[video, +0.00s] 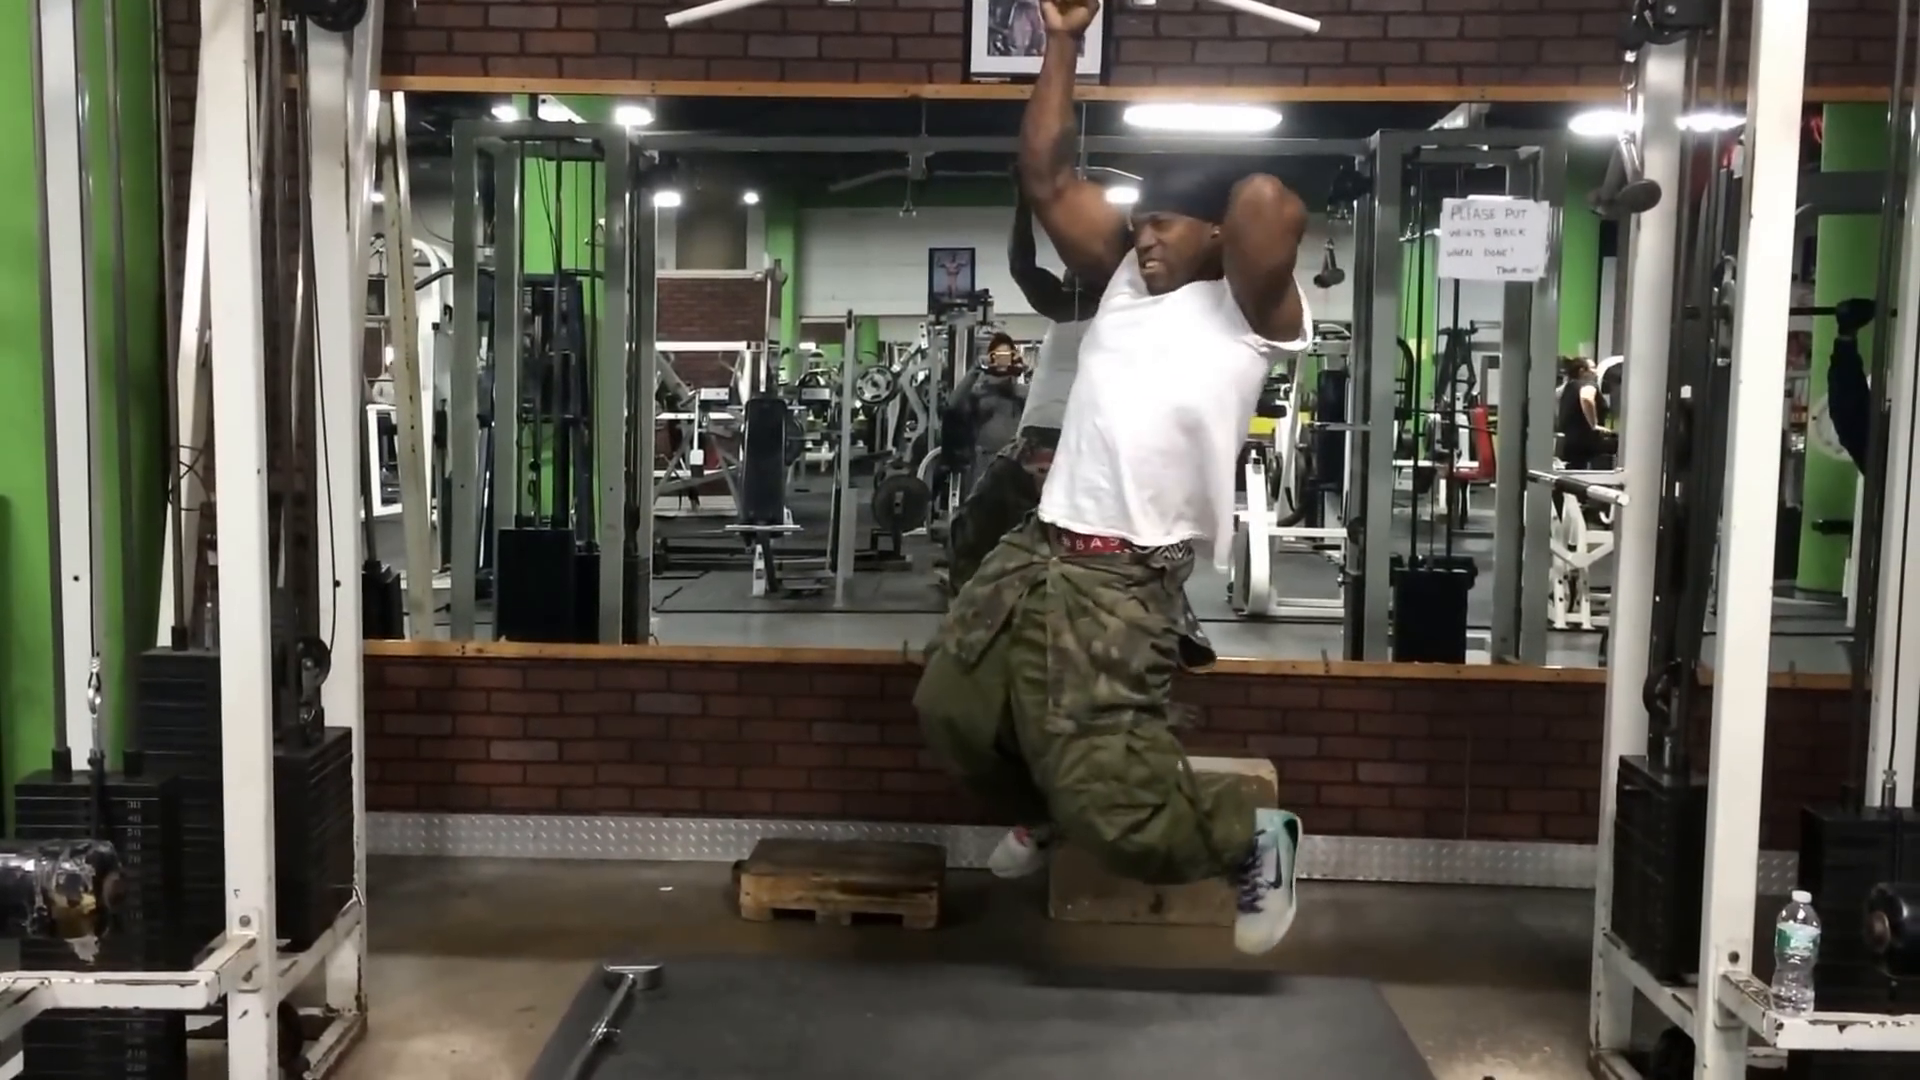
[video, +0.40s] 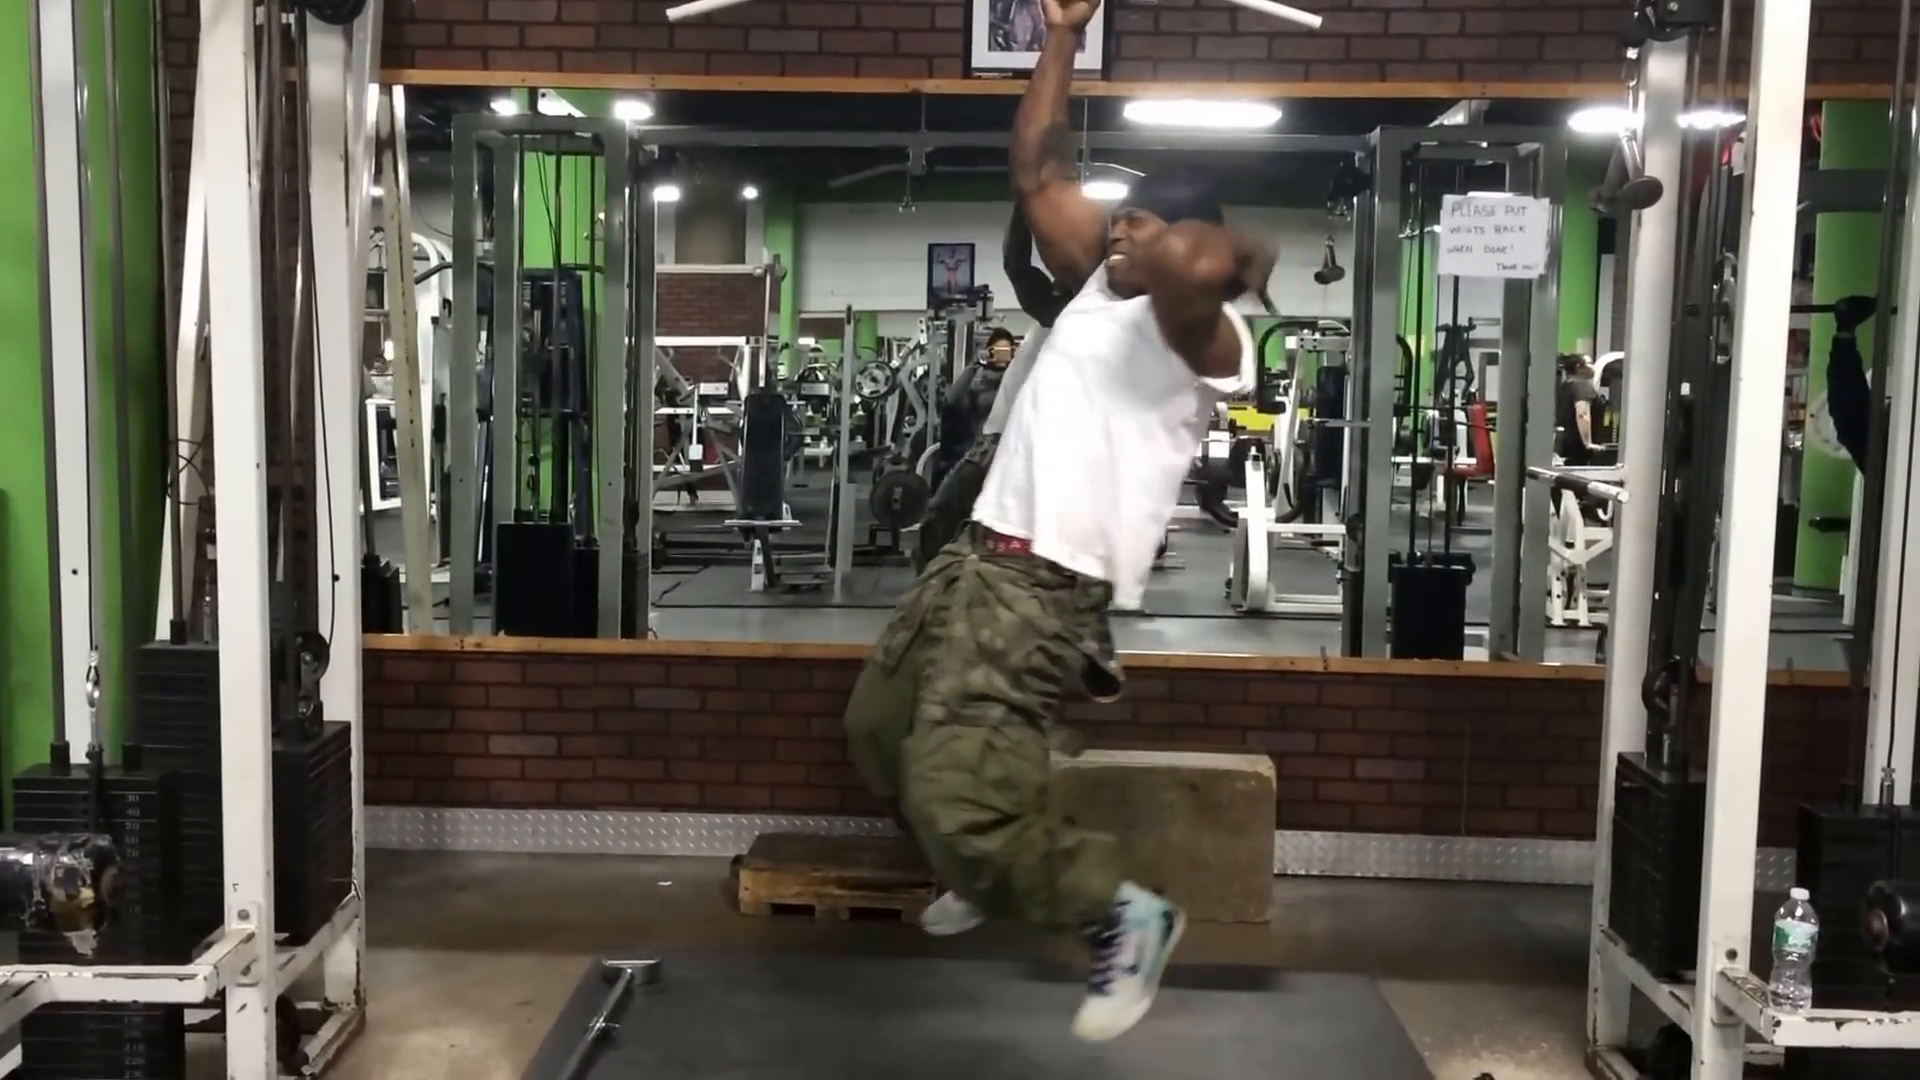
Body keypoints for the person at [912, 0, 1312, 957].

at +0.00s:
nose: (1144, 237)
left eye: (1162, 224)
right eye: (1142, 224)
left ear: (1215, 233)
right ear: (1142, 233)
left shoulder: (1248, 313)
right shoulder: (1117, 278)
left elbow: (1265, 198)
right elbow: (1045, 173)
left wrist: (1234, 254)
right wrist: (1061, 39)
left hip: (1125, 588)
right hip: (1035, 559)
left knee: (1103, 812)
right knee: (952, 707)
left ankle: (1254, 831)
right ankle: (1033, 820)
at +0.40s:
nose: (1132, 228)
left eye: (1156, 223)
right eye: (1136, 217)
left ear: (1205, 260)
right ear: (1129, 229)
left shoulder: (1210, 343)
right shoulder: (1098, 277)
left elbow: (1185, 303)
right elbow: (1038, 170)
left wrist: (1200, 262)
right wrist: (1061, 36)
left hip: (1045, 589)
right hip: (970, 561)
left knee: (954, 797)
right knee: (877, 730)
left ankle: (1121, 915)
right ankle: (992, 873)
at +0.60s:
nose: (1097, 236)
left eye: (1119, 228)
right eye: (1099, 223)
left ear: (1166, 264)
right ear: (1098, 239)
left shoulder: (1166, 347)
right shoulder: (1084, 298)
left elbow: (1114, 294)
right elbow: (1031, 166)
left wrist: (1175, 259)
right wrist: (1058, 36)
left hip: (992, 587)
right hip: (933, 555)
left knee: (878, 772)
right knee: (828, 713)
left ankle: (1037, 923)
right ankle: (933, 879)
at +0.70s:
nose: (1088, 234)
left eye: (1107, 225)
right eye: (1096, 220)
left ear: (1153, 256)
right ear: (1115, 237)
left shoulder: (1155, 351)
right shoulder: (1078, 289)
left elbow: (1087, 309)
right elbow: (1028, 162)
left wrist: (1149, 259)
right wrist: (1058, 38)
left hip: (974, 581)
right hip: (919, 547)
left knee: (850, 766)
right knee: (804, 697)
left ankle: (999, 916)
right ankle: (898, 866)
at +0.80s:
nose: (1089, 228)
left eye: (1108, 220)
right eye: (1097, 216)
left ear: (1147, 251)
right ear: (1120, 242)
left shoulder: (1148, 350)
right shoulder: (1082, 286)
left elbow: (1066, 322)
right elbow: (1028, 163)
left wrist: (1140, 259)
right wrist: (1061, 33)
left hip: (961, 581)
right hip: (909, 541)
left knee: (830, 771)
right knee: (786, 678)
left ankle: (977, 908)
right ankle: (879, 856)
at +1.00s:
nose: (1083, 216)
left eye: (1101, 205)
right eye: (1090, 203)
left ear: (1139, 239)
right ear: (1111, 231)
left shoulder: (1151, 344)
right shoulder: (1073, 282)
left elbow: (1072, 360)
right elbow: (1028, 160)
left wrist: (1138, 251)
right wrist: (1060, 30)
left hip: (955, 583)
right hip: (901, 534)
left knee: (825, 768)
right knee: (778, 666)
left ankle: (966, 899)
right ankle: (855, 840)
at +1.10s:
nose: (1084, 226)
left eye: (1101, 217)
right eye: (1090, 213)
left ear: (1135, 244)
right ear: (1096, 230)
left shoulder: (1154, 355)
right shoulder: (1068, 289)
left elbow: (1090, 364)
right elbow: (1029, 161)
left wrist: (1162, 259)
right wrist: (1060, 29)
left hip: (959, 585)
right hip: (902, 533)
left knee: (841, 774)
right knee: (786, 662)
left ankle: (984, 893)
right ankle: (861, 831)